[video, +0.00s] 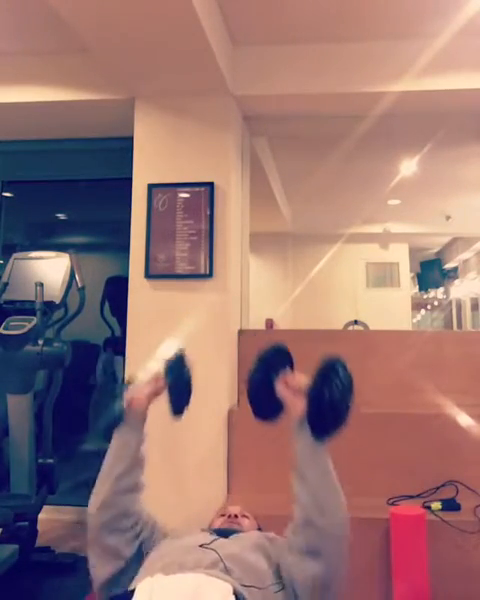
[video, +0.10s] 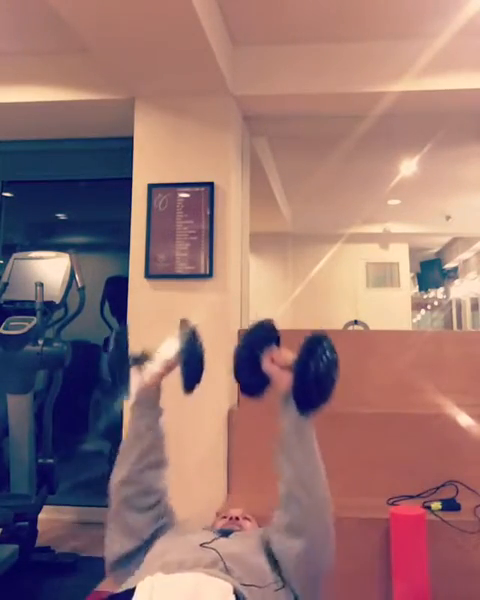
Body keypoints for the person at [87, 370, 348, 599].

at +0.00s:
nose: (232, 515)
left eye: (244, 517)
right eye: (224, 514)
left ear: (262, 534)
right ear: (206, 528)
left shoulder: (284, 558)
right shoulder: (153, 545)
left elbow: (323, 520)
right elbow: (110, 510)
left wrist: (302, 422)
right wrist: (133, 415)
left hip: (229, 590)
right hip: (154, 588)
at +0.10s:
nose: (234, 516)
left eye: (247, 518)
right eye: (224, 515)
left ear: (262, 533)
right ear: (209, 526)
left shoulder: (283, 566)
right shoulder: (150, 549)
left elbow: (307, 501)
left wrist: (289, 397)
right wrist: (147, 392)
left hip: (225, 589)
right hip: (149, 587)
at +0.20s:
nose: (235, 518)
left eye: (247, 519)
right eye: (226, 516)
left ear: (263, 531)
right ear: (211, 524)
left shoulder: (281, 565)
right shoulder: (154, 544)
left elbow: (293, 484)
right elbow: (155, 467)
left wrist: (281, 390)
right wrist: (157, 381)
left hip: (219, 589)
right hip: (149, 587)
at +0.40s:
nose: (234, 513)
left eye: (246, 514)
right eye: (225, 512)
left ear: (264, 530)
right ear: (208, 524)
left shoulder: (282, 556)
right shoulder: (154, 548)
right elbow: (127, 498)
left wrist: (289, 418)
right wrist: (147, 405)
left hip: (221, 591)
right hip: (150, 590)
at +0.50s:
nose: (235, 510)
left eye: (246, 511)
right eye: (227, 509)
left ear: (262, 531)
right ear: (207, 524)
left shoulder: (275, 551)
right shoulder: (158, 548)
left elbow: (329, 558)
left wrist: (304, 450)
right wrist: (131, 443)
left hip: (229, 588)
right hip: (153, 586)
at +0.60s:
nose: (236, 507)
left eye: (247, 508)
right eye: (227, 505)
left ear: (263, 531)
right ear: (209, 522)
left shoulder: (274, 550)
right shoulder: (164, 543)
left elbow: (342, 591)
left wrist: (315, 492)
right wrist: (118, 486)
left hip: (229, 590)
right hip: (157, 586)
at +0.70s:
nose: (236, 508)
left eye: (249, 508)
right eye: (227, 506)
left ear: (266, 528)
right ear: (209, 524)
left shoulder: (277, 556)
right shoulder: (163, 551)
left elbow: (336, 596)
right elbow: (92, 594)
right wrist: (113, 527)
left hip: (230, 590)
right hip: (156, 588)